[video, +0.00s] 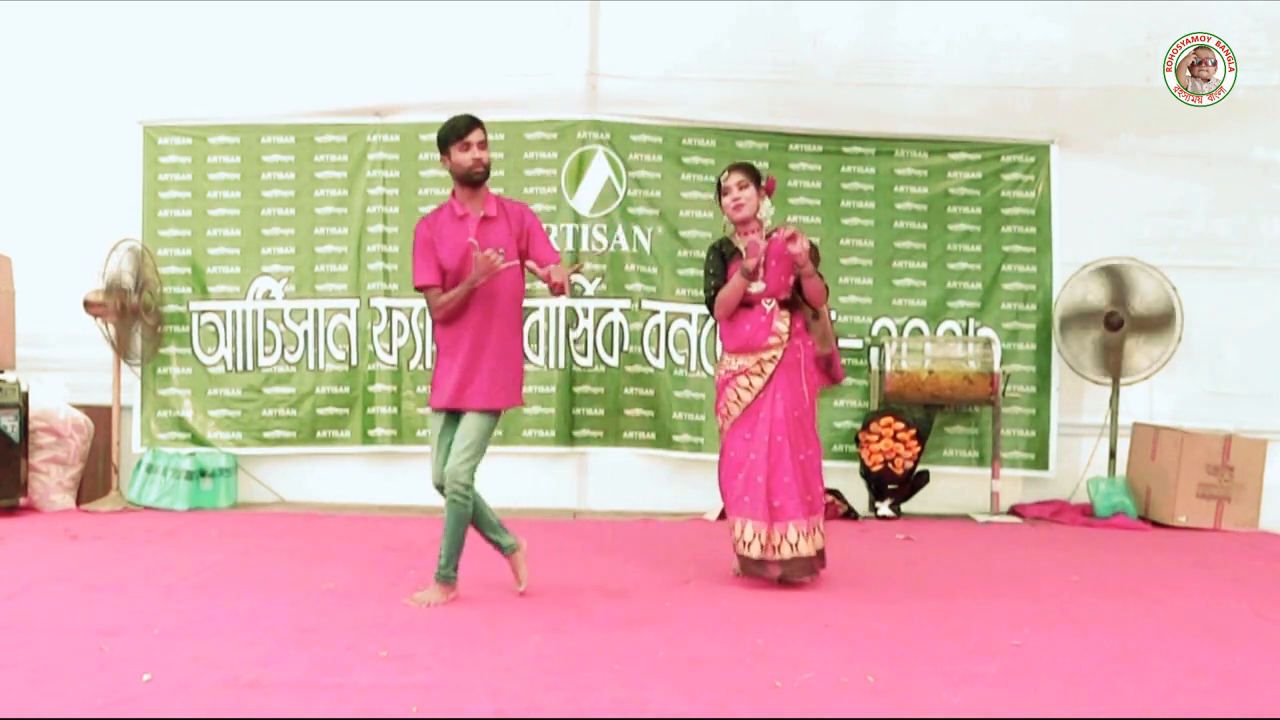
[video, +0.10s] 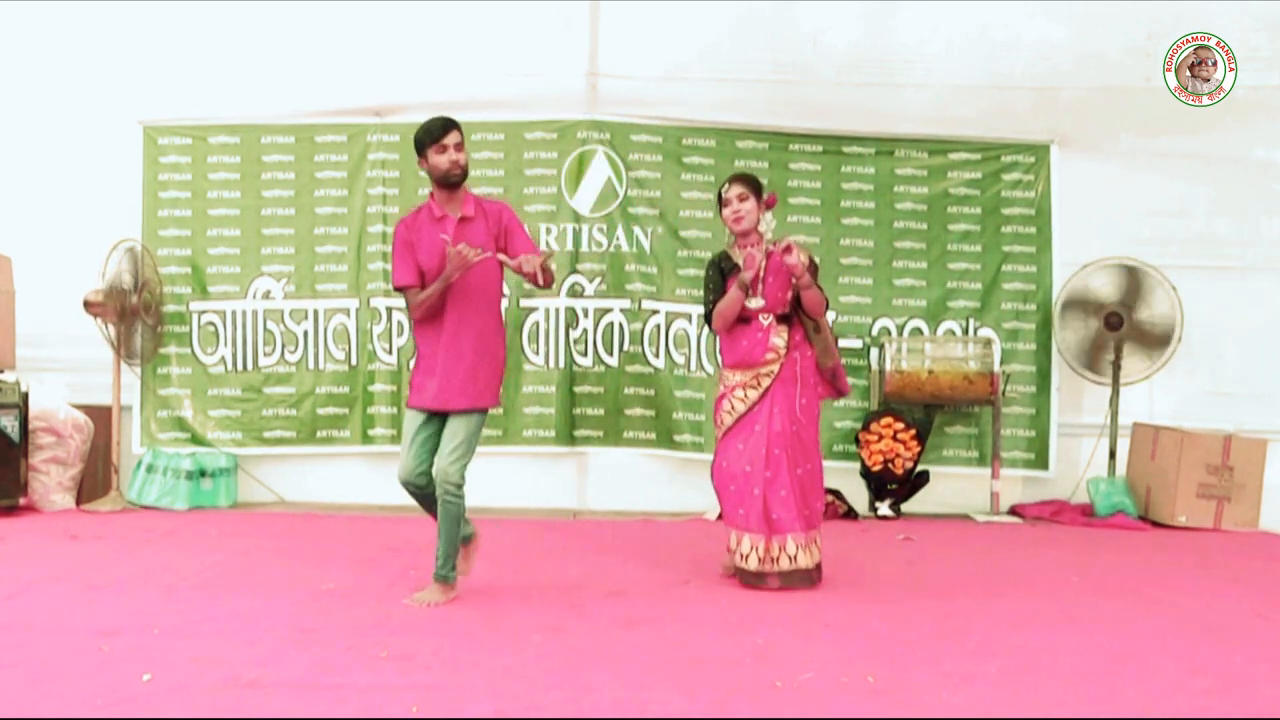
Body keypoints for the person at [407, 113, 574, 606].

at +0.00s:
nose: (478, 154)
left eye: (483, 145)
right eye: (467, 147)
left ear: (491, 152)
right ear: (446, 159)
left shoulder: (518, 217)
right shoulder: (430, 228)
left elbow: (553, 270)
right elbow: (438, 309)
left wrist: (556, 277)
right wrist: (472, 279)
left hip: (497, 367)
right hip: (451, 368)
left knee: (458, 475)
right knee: (443, 478)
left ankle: (445, 581)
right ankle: (511, 548)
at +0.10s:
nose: (455, 156)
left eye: (459, 147)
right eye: (444, 150)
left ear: (468, 154)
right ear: (424, 161)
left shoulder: (497, 215)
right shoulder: (409, 228)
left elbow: (543, 279)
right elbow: (416, 309)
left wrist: (538, 269)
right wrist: (448, 274)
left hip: (478, 367)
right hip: (430, 368)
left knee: (447, 474)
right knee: (413, 475)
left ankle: (443, 580)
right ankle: (462, 531)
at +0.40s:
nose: (387, 146)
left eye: (392, 135)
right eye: (375, 141)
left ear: (403, 136)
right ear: (360, 152)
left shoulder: (440, 189)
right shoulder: (355, 211)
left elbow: (500, 243)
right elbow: (367, 288)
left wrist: (481, 219)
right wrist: (384, 243)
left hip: (430, 345)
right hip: (382, 347)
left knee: (394, 459)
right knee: (382, 463)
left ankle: (367, 573)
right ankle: (404, 555)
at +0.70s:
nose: (348, 158)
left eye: (353, 147)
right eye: (335, 154)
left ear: (366, 148)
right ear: (323, 168)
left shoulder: (407, 195)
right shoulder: (324, 228)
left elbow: (457, 256)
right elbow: (331, 311)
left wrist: (420, 240)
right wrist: (322, 275)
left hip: (408, 357)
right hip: (358, 358)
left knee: (375, 465)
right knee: (333, 461)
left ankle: (351, 571)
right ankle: (337, 564)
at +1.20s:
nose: (412, 158)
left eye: (417, 145)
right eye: (400, 152)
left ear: (431, 141)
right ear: (388, 160)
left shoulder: (471, 186)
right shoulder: (391, 221)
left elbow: (497, 263)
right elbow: (381, 307)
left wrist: (455, 234)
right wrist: (355, 262)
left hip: (475, 353)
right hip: (421, 353)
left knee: (444, 466)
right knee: (400, 462)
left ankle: (403, 577)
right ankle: (400, 571)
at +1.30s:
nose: (436, 157)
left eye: (441, 144)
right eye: (423, 152)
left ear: (455, 140)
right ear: (412, 160)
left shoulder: (498, 189)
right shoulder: (413, 219)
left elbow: (524, 266)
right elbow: (401, 308)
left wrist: (482, 242)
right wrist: (381, 259)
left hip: (497, 356)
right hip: (441, 357)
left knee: (482, 460)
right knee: (413, 467)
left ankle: (464, 574)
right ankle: (398, 569)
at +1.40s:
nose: (478, 155)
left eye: (483, 142)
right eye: (465, 150)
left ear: (498, 142)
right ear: (454, 162)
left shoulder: (544, 196)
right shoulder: (456, 225)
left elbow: (575, 277)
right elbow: (447, 316)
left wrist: (530, 268)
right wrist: (436, 276)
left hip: (537, 356)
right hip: (479, 358)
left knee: (534, 471)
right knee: (442, 469)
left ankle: (566, 596)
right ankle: (404, 567)